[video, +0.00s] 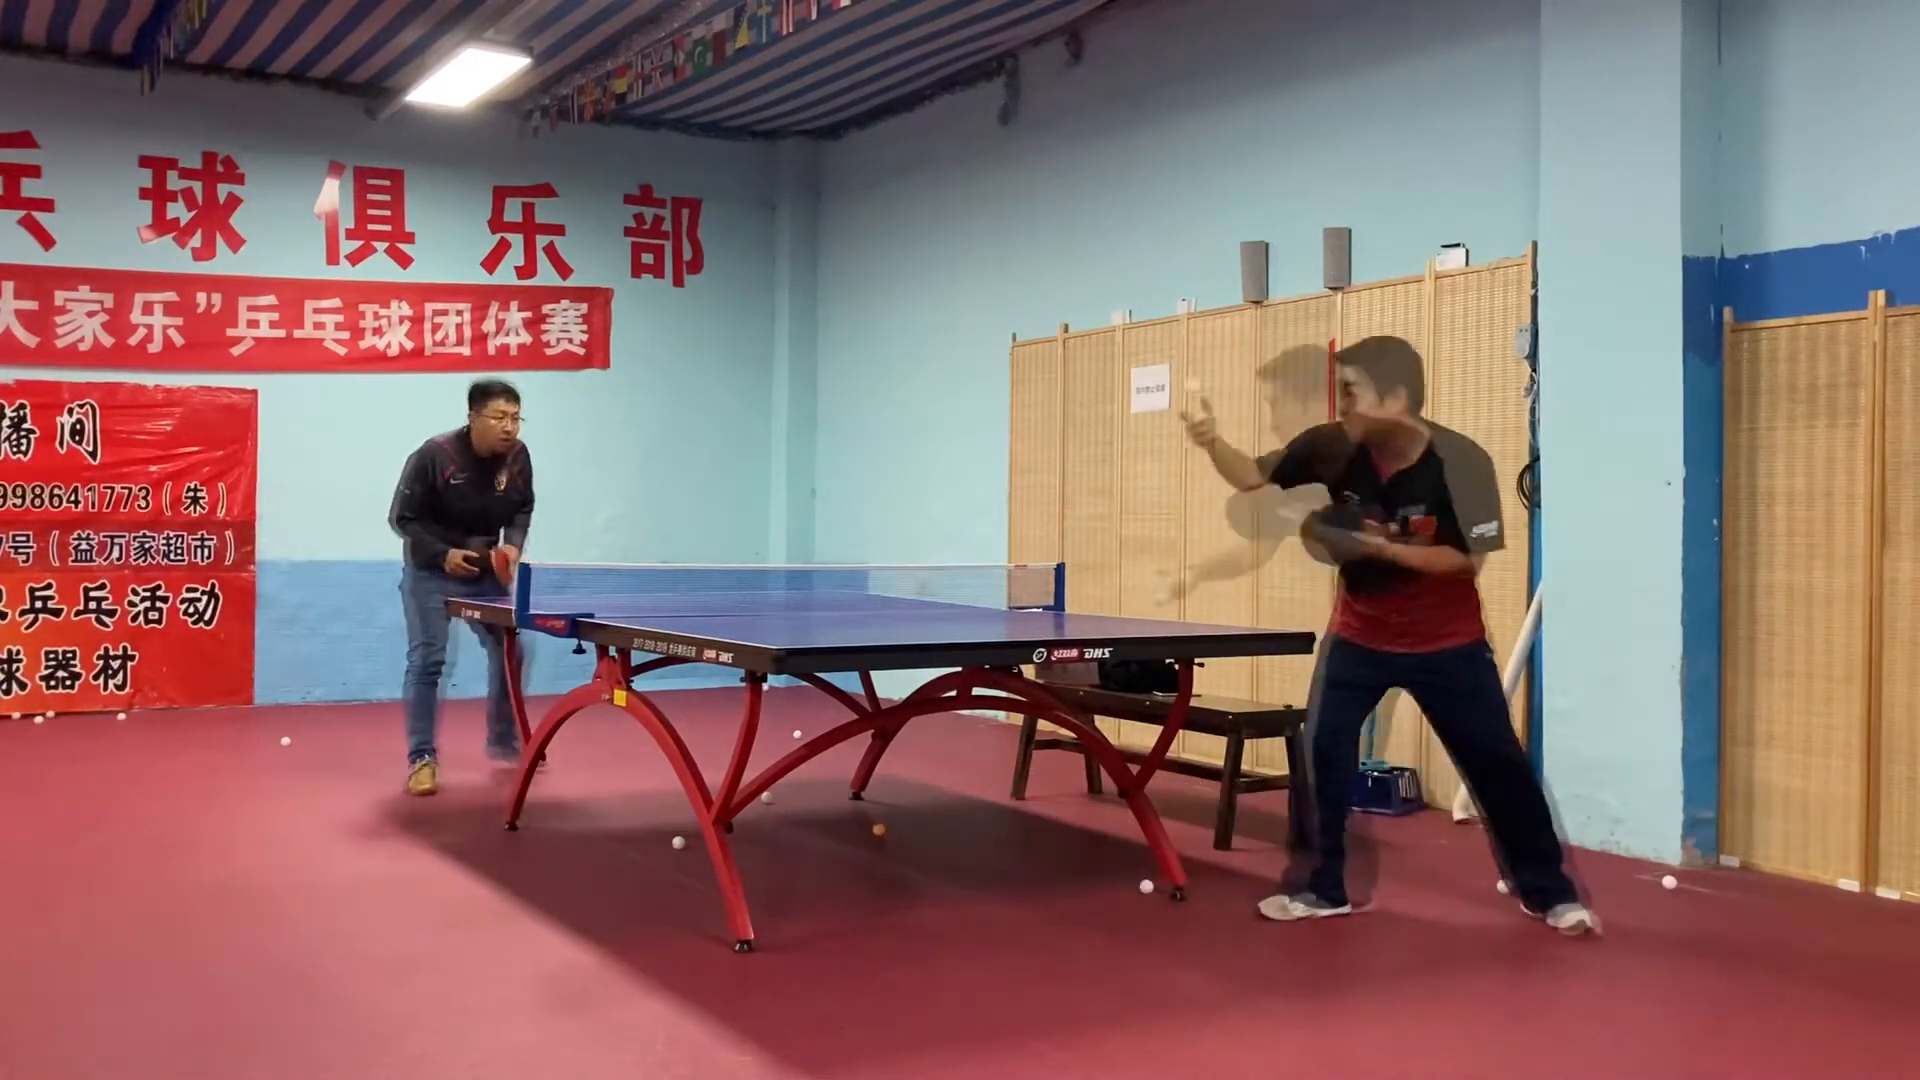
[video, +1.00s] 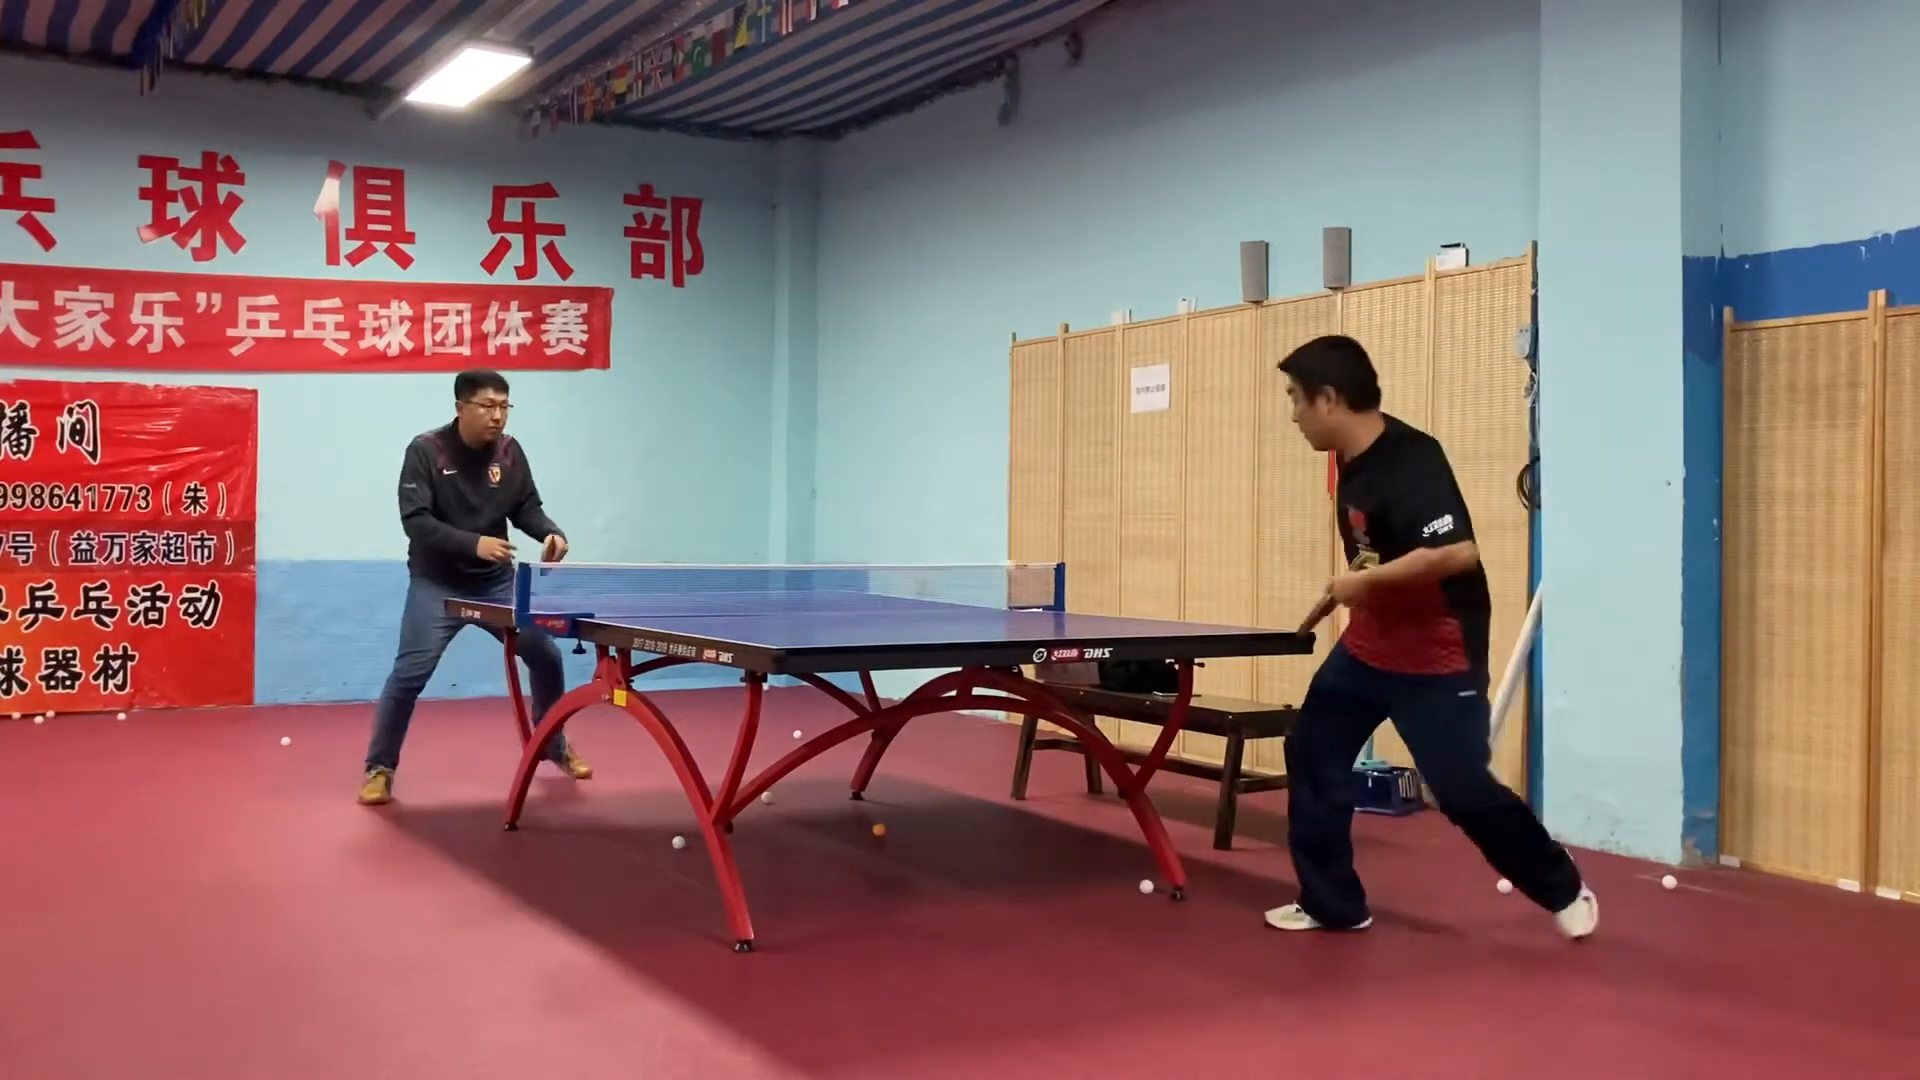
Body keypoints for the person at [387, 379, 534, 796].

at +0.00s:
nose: (510, 426)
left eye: (515, 418)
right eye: (500, 418)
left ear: (519, 420)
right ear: (474, 419)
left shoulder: (517, 456)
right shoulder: (434, 456)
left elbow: (521, 510)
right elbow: (401, 517)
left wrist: (511, 547)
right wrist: (443, 554)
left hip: (486, 571)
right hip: (429, 570)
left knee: (508, 648)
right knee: (427, 658)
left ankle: (504, 747)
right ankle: (422, 758)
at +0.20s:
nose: (514, 421)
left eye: (519, 412)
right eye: (504, 412)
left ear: (526, 416)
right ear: (480, 413)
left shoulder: (525, 453)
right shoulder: (445, 451)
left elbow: (532, 505)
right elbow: (411, 514)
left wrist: (531, 533)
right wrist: (458, 538)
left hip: (496, 575)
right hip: (441, 576)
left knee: (525, 655)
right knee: (438, 659)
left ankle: (541, 746)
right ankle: (424, 757)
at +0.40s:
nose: (540, 423)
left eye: (546, 415)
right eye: (530, 415)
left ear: (550, 418)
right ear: (505, 416)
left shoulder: (548, 460)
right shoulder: (469, 450)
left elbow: (556, 517)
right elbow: (433, 511)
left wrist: (551, 539)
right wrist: (473, 529)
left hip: (514, 577)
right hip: (457, 576)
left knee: (544, 661)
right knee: (442, 661)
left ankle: (552, 752)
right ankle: (426, 756)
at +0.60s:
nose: (553, 415)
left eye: (558, 407)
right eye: (543, 406)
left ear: (562, 411)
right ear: (517, 408)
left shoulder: (556, 456)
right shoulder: (479, 443)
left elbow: (566, 514)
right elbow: (449, 505)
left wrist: (573, 536)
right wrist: (494, 525)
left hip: (513, 574)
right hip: (459, 569)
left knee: (536, 658)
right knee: (431, 656)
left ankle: (552, 753)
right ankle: (393, 752)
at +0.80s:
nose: (527, 419)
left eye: (532, 411)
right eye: (516, 410)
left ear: (535, 415)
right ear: (490, 411)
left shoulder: (532, 459)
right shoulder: (454, 451)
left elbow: (542, 517)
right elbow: (434, 520)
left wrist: (565, 536)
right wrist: (488, 535)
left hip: (501, 587)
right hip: (444, 584)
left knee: (533, 664)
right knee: (410, 671)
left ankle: (550, 754)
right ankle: (379, 767)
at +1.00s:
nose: (497, 416)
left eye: (503, 408)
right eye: (487, 407)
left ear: (508, 411)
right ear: (461, 408)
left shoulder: (509, 451)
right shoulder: (426, 450)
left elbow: (525, 506)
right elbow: (415, 521)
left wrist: (550, 532)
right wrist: (473, 543)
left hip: (495, 582)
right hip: (435, 584)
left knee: (547, 655)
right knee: (411, 670)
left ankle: (553, 744)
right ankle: (379, 769)